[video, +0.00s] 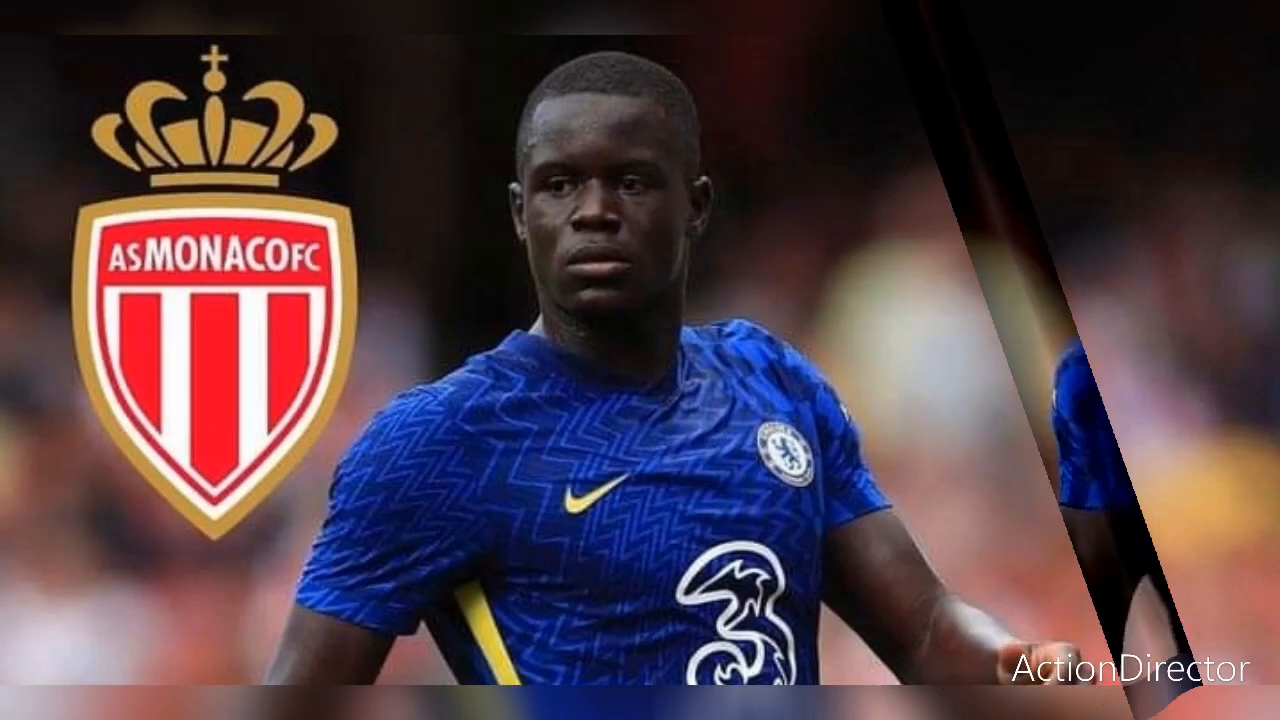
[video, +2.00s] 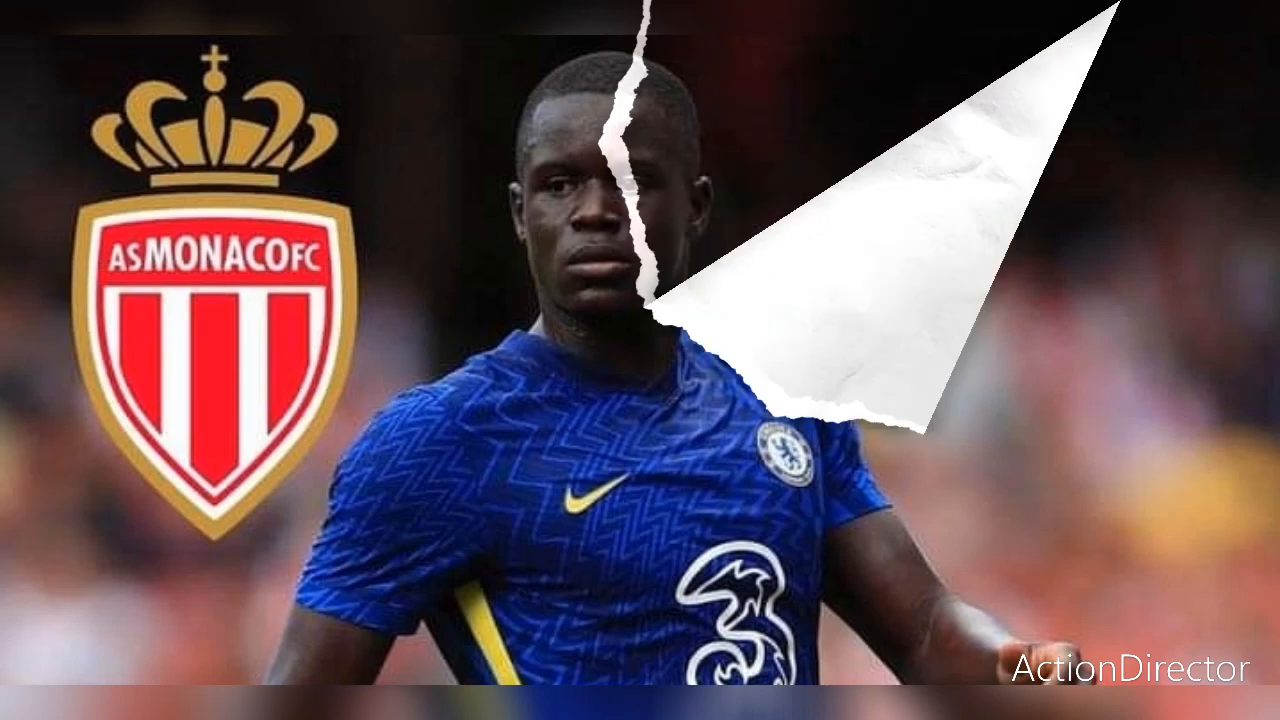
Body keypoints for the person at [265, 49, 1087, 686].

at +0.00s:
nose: (595, 209)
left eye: (633, 178)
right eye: (560, 181)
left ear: (697, 209)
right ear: (522, 216)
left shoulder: (771, 385)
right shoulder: (432, 444)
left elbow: (921, 625)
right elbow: (301, 690)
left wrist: (1023, 673)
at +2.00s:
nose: (599, 209)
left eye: (635, 176)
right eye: (561, 180)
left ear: (698, 207)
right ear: (521, 212)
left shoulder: (786, 406)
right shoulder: (433, 444)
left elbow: (922, 626)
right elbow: (301, 689)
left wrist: (1018, 672)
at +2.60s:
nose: (600, 209)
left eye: (637, 177)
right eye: (562, 180)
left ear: (698, 207)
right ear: (521, 213)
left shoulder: (772, 388)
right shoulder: (431, 444)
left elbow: (921, 626)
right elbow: (301, 691)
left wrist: (1019, 673)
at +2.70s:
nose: (600, 209)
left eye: (637, 177)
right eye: (562, 180)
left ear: (698, 207)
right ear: (521, 213)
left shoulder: (772, 388)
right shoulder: (431, 444)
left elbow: (921, 625)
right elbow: (301, 691)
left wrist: (1019, 673)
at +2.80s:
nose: (600, 208)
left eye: (637, 176)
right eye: (562, 180)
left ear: (698, 206)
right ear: (521, 213)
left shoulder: (772, 387)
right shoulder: (430, 445)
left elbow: (920, 625)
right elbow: (301, 691)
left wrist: (1019, 672)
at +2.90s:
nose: (599, 208)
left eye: (635, 177)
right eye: (562, 181)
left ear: (697, 207)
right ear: (521, 214)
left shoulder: (771, 385)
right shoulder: (455, 428)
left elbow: (920, 624)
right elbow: (302, 687)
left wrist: (1017, 672)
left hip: (773, 708)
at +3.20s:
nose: (598, 209)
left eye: (634, 179)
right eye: (564, 180)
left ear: (697, 208)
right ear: (521, 214)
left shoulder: (770, 385)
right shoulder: (432, 445)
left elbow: (920, 625)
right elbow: (301, 692)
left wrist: (1021, 673)